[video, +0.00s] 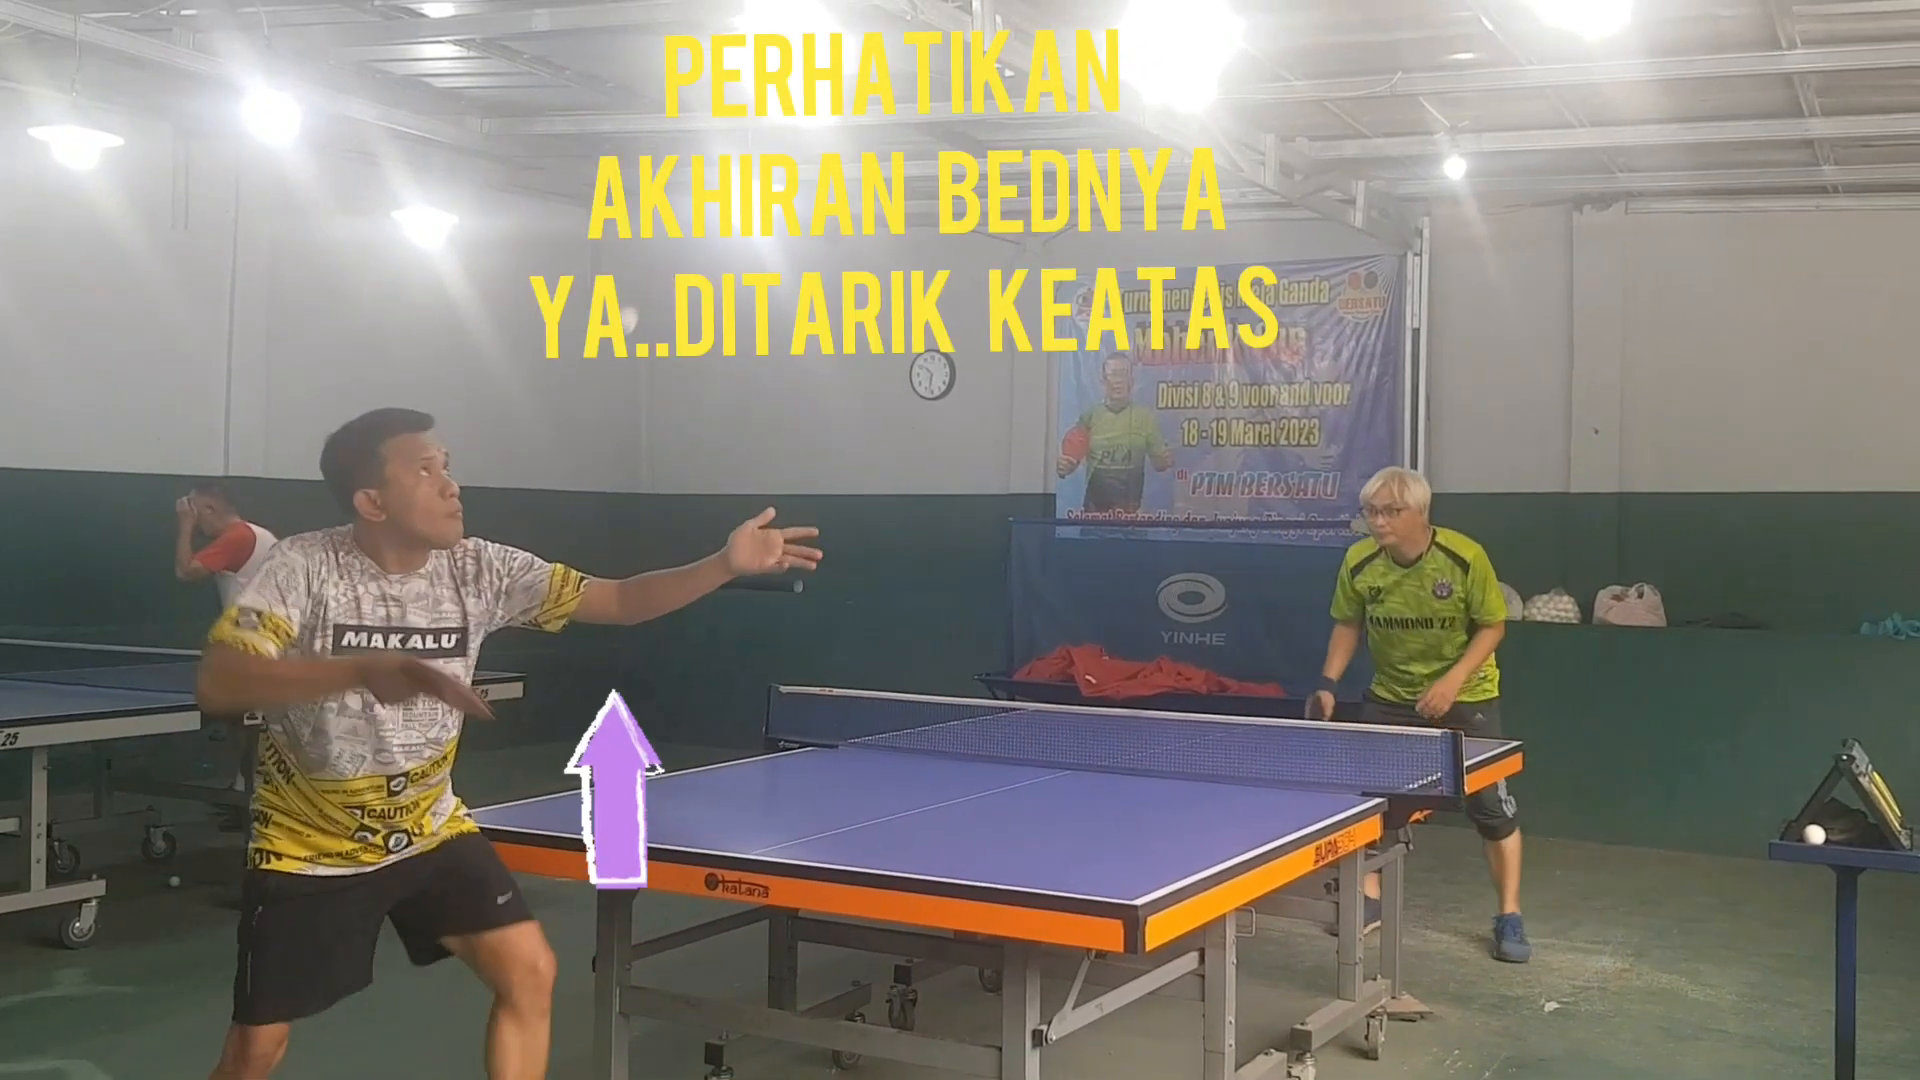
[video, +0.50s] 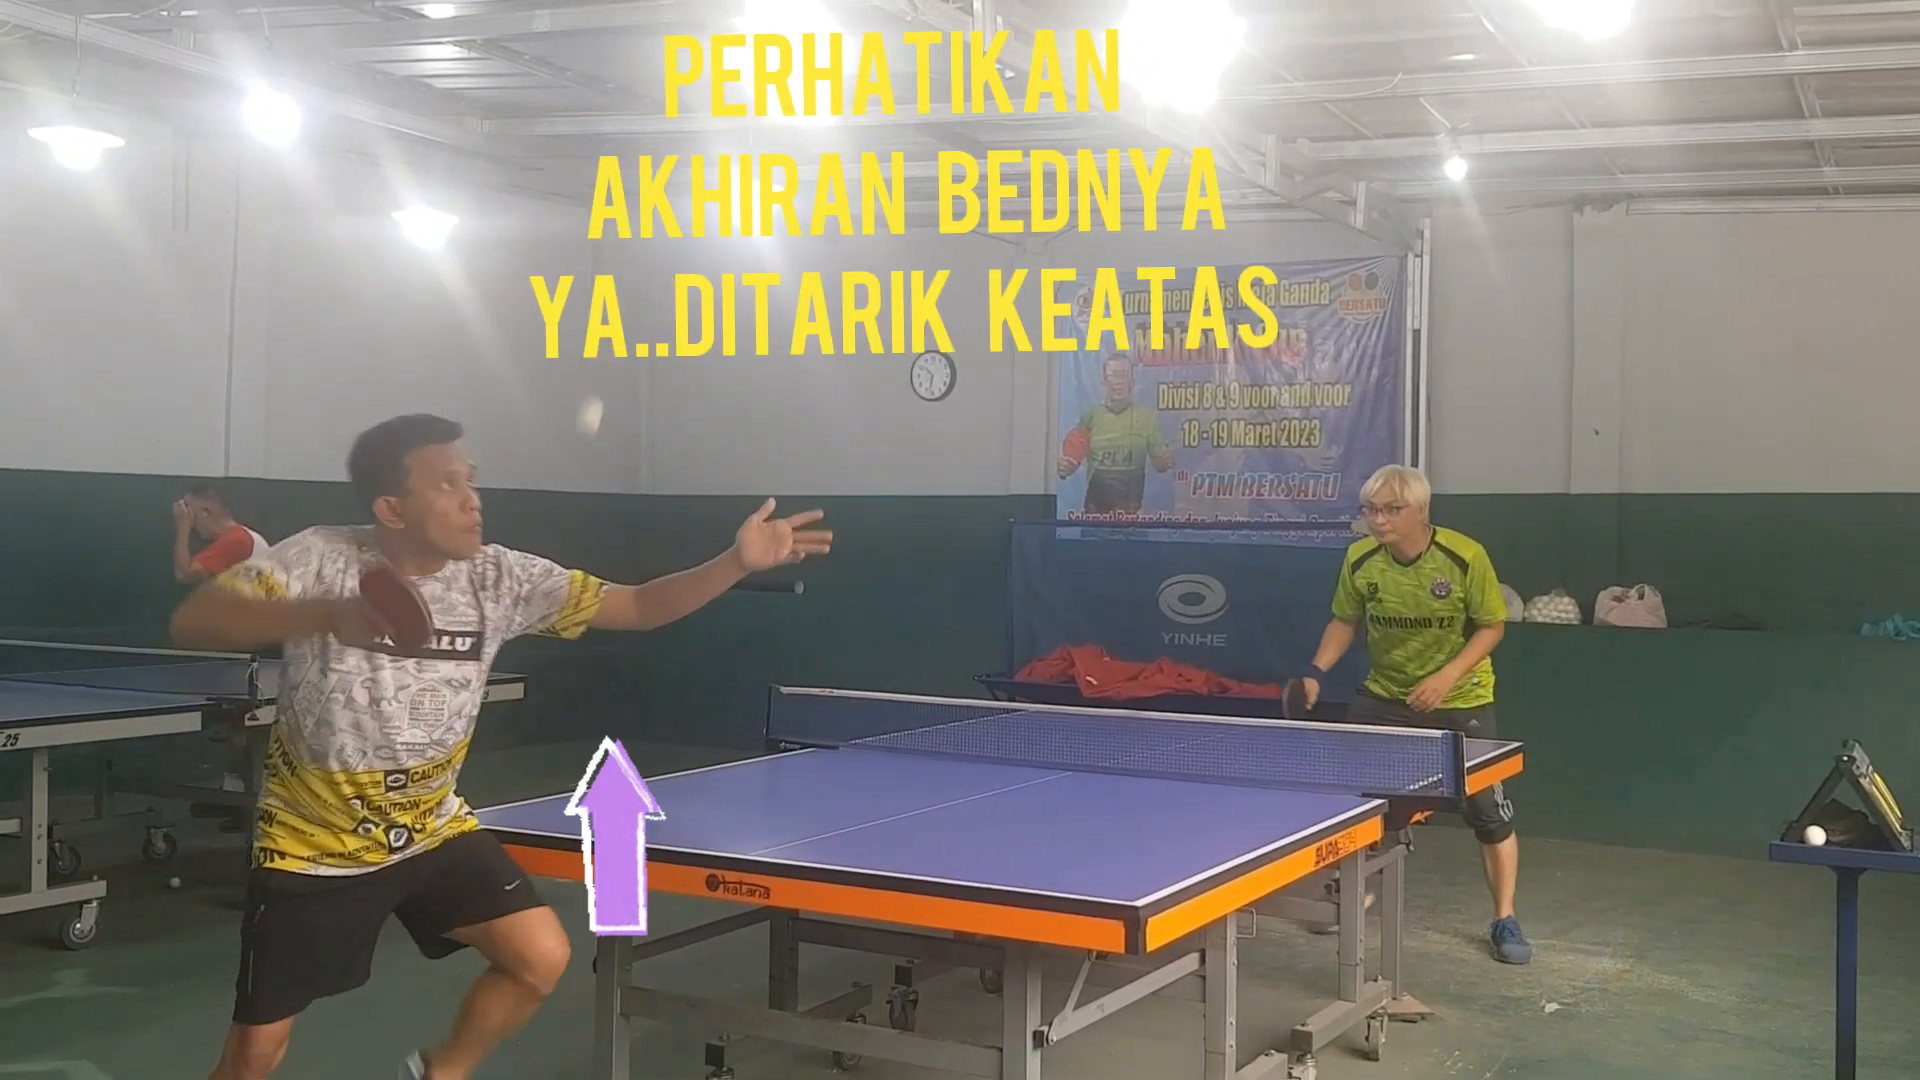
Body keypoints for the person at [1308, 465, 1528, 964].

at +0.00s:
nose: (1375, 521)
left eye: (1386, 511)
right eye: (1370, 512)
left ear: (1418, 514)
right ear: (1367, 516)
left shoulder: (1465, 558)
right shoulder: (1357, 564)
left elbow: (1492, 625)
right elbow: (1346, 624)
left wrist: (1452, 681)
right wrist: (1328, 683)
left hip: (1466, 698)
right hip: (1390, 697)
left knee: (1492, 803)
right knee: (1365, 794)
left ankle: (1509, 915)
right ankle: (1368, 897)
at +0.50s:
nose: (1376, 518)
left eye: (1387, 509)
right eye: (1371, 509)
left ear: (1418, 511)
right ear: (1367, 514)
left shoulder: (1466, 558)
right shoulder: (1359, 561)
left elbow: (1492, 627)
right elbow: (1344, 621)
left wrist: (1446, 677)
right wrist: (1315, 674)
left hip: (1462, 700)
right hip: (1385, 695)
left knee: (1488, 804)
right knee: (1336, 775)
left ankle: (1506, 919)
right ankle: (1347, 891)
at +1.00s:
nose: (1367, 521)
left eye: (1378, 511)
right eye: (1361, 511)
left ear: (1409, 513)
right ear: (1355, 515)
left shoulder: (1454, 558)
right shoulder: (1349, 561)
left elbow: (1483, 626)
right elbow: (1332, 624)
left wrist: (1441, 676)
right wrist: (1301, 668)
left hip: (1452, 705)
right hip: (1373, 702)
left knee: (1485, 808)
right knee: (1330, 790)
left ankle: (1505, 918)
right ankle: (1308, 895)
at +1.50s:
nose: (1352, 525)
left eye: (1364, 515)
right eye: (1346, 516)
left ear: (1395, 517)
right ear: (1343, 518)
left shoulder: (1439, 561)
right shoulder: (1334, 568)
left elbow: (1471, 630)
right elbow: (1318, 631)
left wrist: (1437, 675)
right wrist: (1289, 669)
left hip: (1441, 702)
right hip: (1363, 701)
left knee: (1485, 802)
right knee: (1315, 782)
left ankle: (1514, 910)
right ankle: (1310, 895)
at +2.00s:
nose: (1347, 529)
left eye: (1358, 519)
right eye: (1342, 519)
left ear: (1387, 519)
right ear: (1337, 522)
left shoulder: (1434, 564)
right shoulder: (1330, 572)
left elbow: (1470, 632)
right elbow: (1317, 638)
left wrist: (1439, 676)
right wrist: (1289, 674)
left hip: (1441, 705)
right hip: (1365, 706)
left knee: (1485, 801)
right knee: (1318, 785)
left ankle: (1535, 911)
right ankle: (1311, 896)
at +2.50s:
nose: (1352, 530)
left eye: (1362, 521)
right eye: (1346, 521)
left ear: (1392, 521)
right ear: (1343, 526)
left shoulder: (1440, 564)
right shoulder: (1340, 575)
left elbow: (1481, 633)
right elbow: (1330, 646)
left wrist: (1449, 675)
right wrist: (1298, 673)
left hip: (1451, 710)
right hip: (1375, 712)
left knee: (1501, 806)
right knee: (1319, 783)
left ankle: (1556, 918)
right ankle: (1313, 895)